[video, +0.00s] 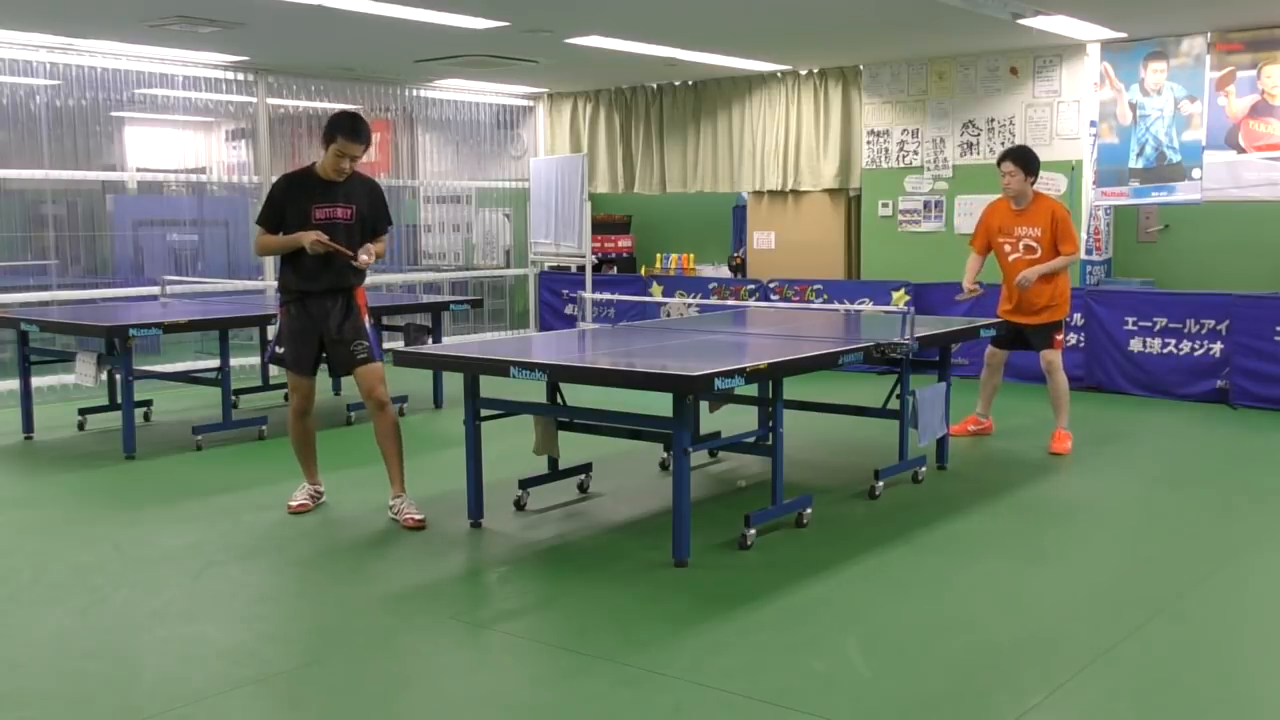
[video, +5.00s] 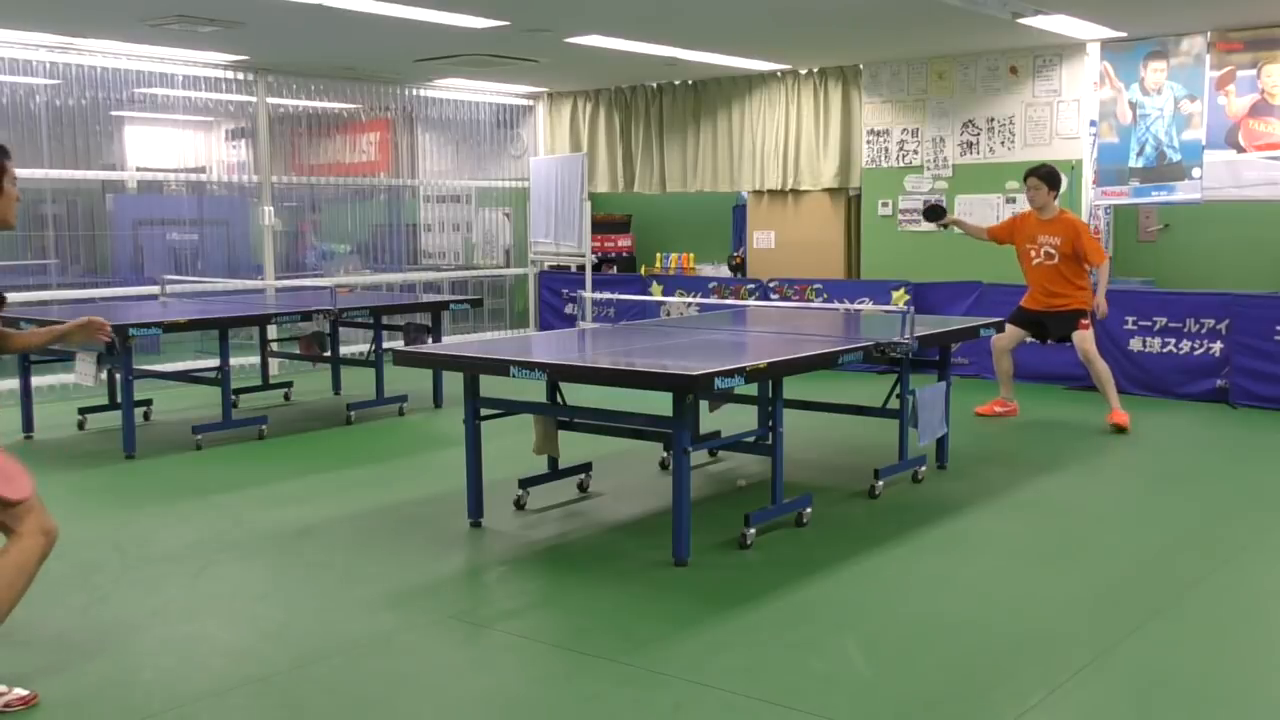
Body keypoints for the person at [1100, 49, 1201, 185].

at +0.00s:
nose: (1158, 77)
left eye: (1162, 72)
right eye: (1154, 71)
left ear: (1167, 73)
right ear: (1143, 72)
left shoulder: (1173, 89)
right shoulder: (1135, 91)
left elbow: (1198, 106)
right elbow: (1125, 121)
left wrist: (1191, 107)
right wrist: (1120, 95)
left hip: (1171, 161)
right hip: (1141, 163)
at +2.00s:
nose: (1158, 77)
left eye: (1162, 72)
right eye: (1154, 71)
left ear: (1167, 73)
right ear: (1143, 72)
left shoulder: (1173, 89)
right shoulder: (1134, 91)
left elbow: (1198, 106)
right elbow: (1125, 121)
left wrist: (1191, 107)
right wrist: (1121, 95)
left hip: (1171, 162)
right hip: (1141, 164)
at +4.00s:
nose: (1158, 76)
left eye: (1162, 71)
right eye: (1154, 71)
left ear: (1167, 72)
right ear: (1143, 72)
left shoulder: (1173, 89)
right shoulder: (1134, 90)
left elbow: (1199, 105)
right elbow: (1125, 120)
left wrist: (1191, 106)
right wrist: (1120, 94)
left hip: (1171, 161)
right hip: (1141, 163)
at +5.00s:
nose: (1158, 76)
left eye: (1162, 71)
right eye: (1154, 71)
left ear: (1167, 72)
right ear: (1143, 71)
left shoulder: (1173, 89)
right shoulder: (1134, 90)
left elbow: (1199, 105)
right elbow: (1125, 120)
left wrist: (1191, 106)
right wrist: (1120, 93)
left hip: (1171, 159)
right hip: (1141, 162)